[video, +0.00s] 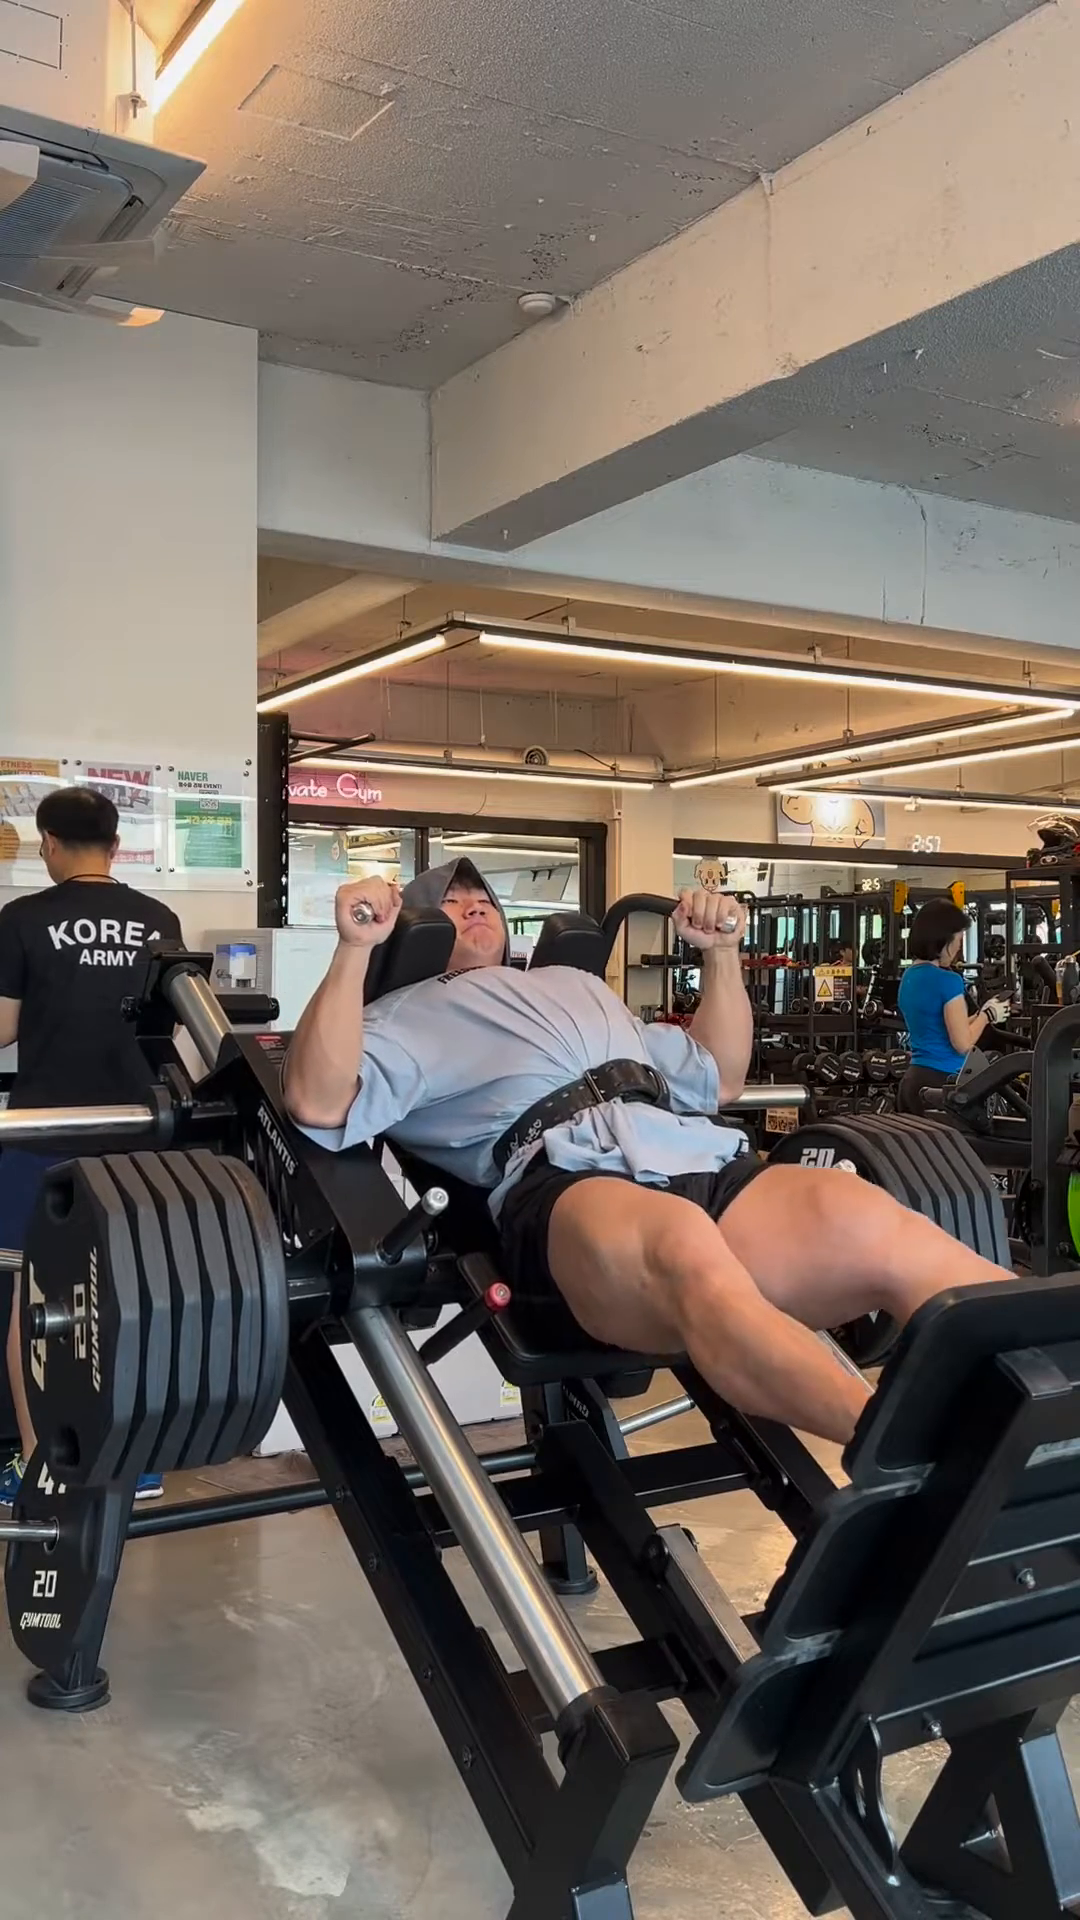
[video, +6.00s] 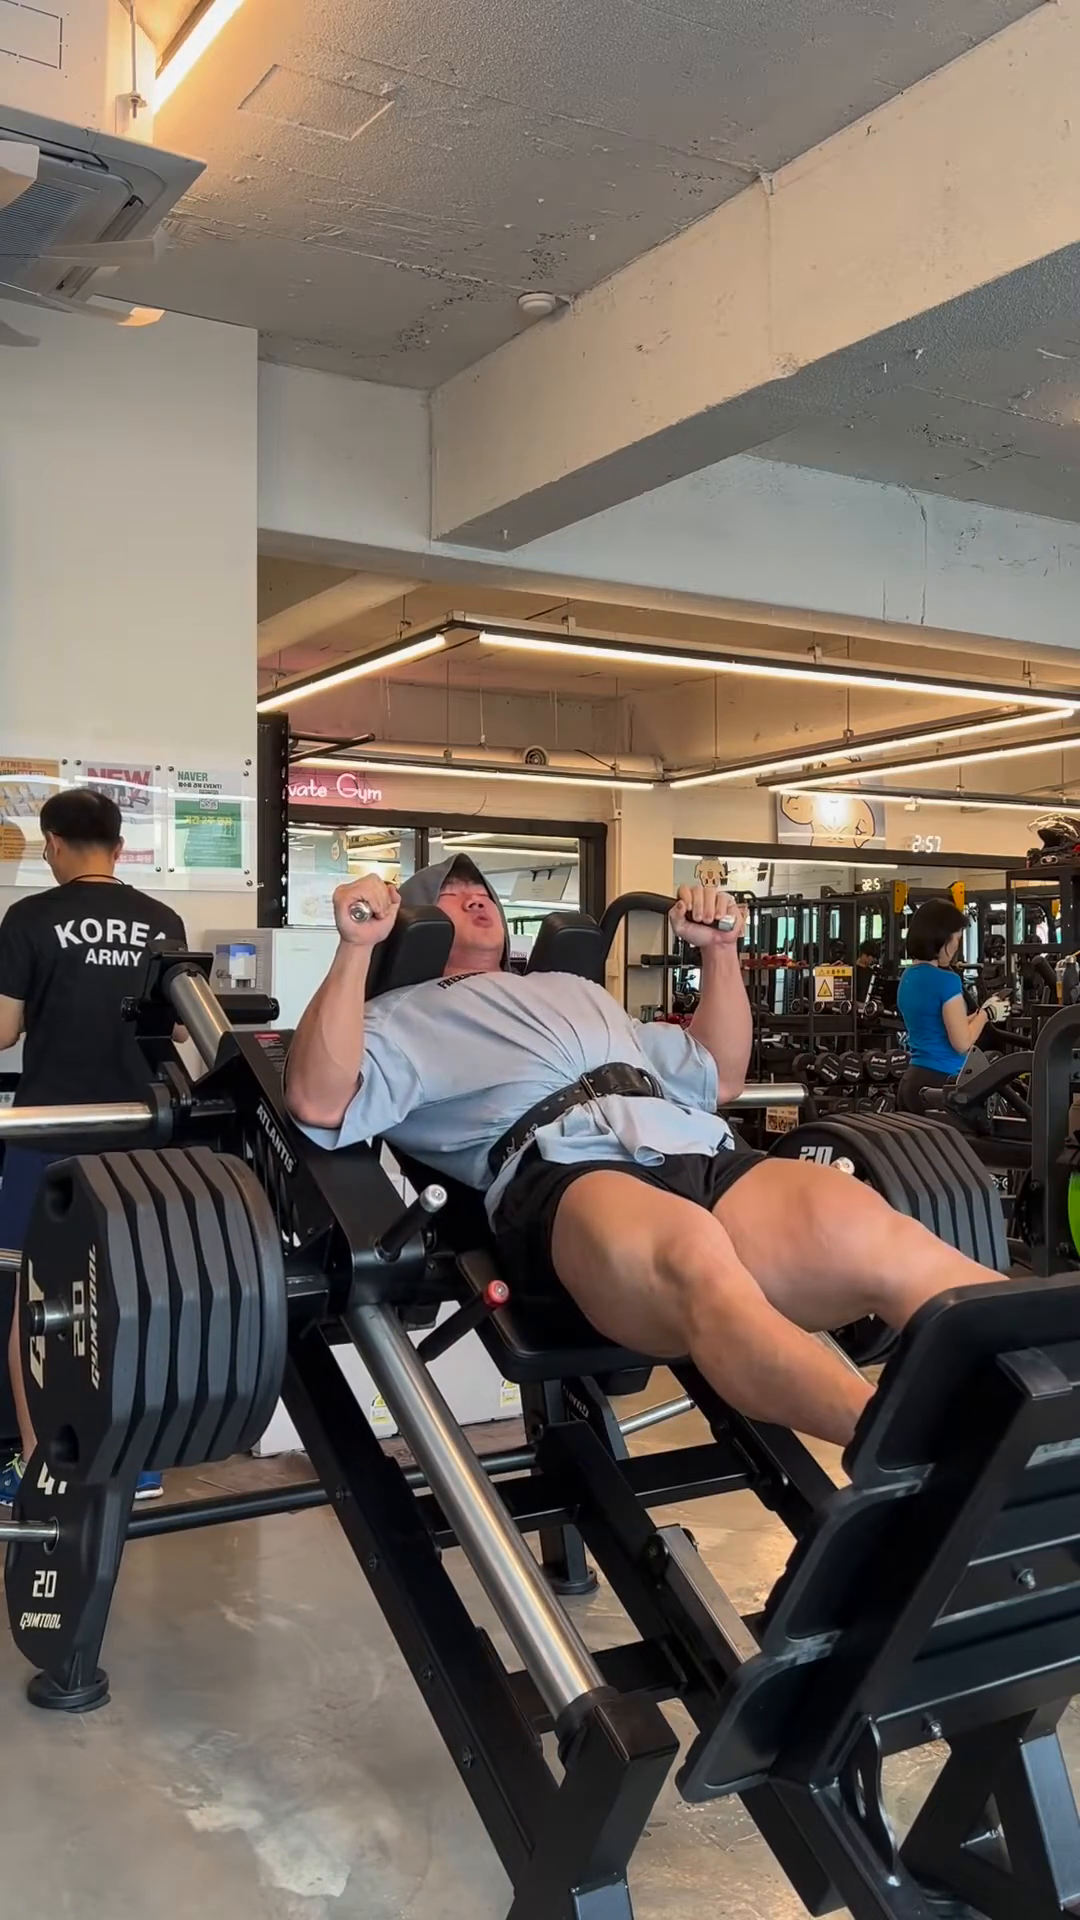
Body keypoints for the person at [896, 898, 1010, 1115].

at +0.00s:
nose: (960, 948)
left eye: (960, 941)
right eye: (959, 940)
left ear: (925, 935)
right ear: (945, 940)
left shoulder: (908, 977)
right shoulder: (948, 981)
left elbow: (930, 1033)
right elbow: (963, 1043)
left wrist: (976, 1015)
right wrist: (989, 1014)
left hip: (915, 1076)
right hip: (948, 1082)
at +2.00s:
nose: (958, 947)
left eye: (959, 940)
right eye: (957, 939)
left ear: (923, 937)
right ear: (943, 940)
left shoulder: (908, 977)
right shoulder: (946, 980)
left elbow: (936, 1033)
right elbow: (962, 1043)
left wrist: (977, 1015)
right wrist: (987, 1014)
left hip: (918, 1073)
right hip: (947, 1079)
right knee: (996, 1059)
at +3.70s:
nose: (959, 946)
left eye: (960, 939)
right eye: (958, 939)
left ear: (924, 937)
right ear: (943, 941)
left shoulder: (909, 977)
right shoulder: (948, 981)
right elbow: (963, 1043)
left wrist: (980, 1012)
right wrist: (988, 1013)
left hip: (917, 1073)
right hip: (948, 1080)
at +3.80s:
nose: (958, 947)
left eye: (959, 941)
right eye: (957, 940)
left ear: (923, 936)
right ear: (944, 942)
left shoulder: (908, 978)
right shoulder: (947, 981)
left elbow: (932, 1032)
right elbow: (963, 1042)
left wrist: (976, 1013)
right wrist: (986, 1012)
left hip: (916, 1073)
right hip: (947, 1079)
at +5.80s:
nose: (957, 946)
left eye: (958, 940)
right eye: (956, 939)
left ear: (923, 935)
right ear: (942, 941)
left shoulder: (907, 978)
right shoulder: (946, 981)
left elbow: (933, 1032)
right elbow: (962, 1042)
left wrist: (977, 1014)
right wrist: (988, 1013)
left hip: (913, 1078)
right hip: (945, 1084)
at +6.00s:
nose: (957, 946)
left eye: (958, 939)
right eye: (957, 939)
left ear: (923, 935)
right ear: (943, 940)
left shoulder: (907, 978)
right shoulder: (946, 981)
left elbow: (934, 1031)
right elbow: (962, 1042)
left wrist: (976, 1015)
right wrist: (987, 1013)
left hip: (913, 1078)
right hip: (945, 1084)